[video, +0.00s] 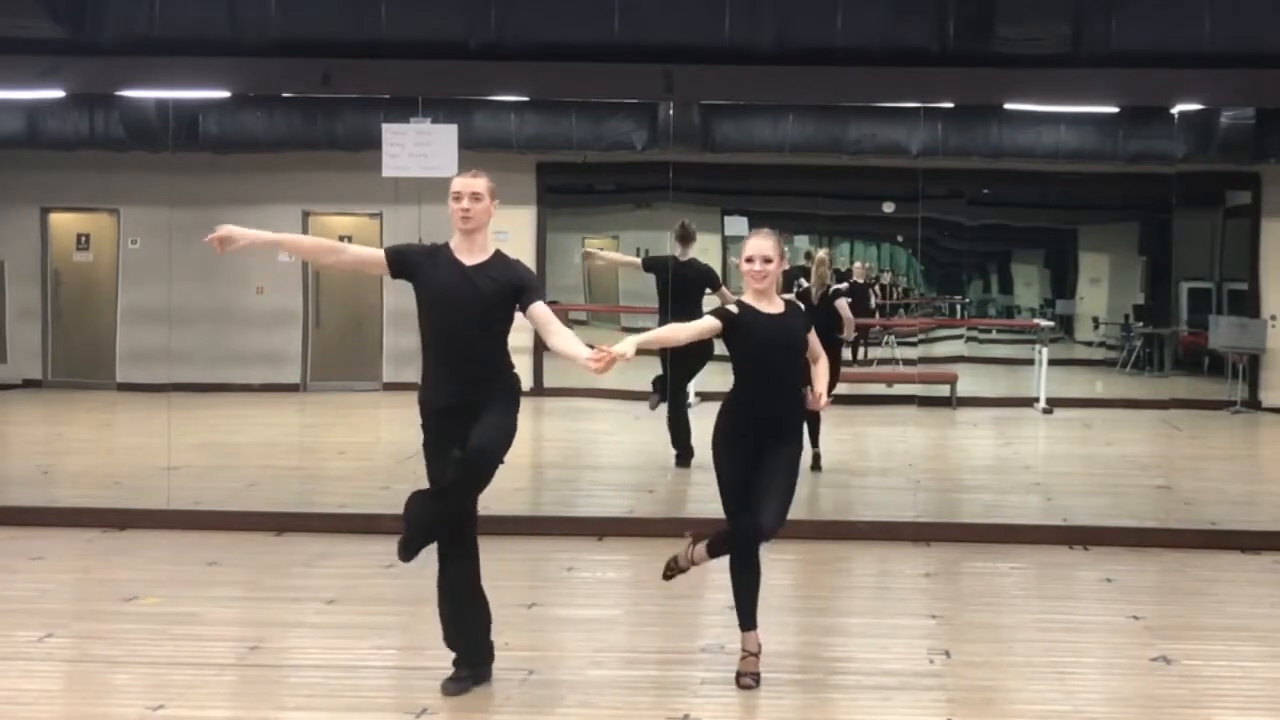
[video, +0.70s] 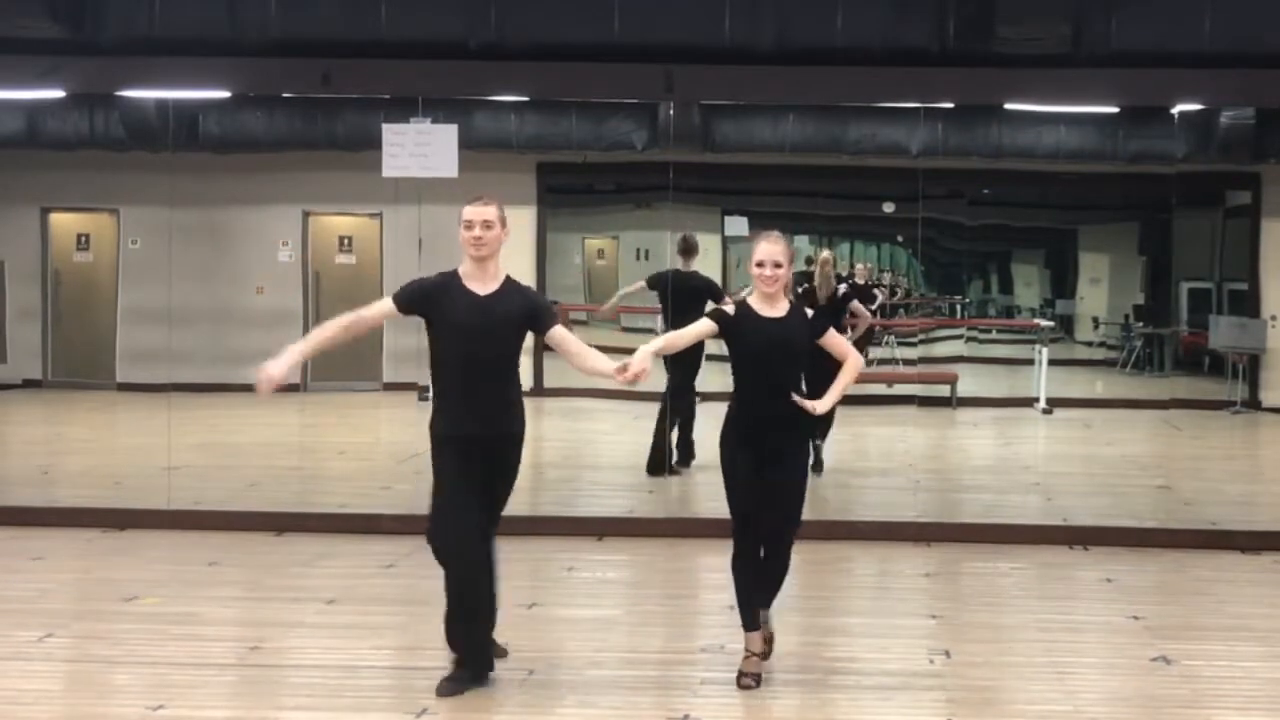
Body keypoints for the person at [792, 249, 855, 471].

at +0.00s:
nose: (821, 270)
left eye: (818, 265)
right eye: (825, 266)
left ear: (812, 269)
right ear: (830, 269)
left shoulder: (802, 292)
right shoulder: (835, 292)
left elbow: (790, 313)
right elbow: (848, 316)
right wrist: (848, 335)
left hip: (807, 343)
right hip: (830, 342)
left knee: (810, 396)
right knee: (829, 384)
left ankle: (815, 449)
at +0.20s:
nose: (821, 268)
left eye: (820, 263)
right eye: (824, 263)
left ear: (813, 267)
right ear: (831, 268)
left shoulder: (803, 290)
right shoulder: (836, 291)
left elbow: (792, 315)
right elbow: (850, 316)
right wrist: (850, 334)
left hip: (807, 345)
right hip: (831, 344)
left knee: (811, 399)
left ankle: (817, 448)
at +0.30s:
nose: (822, 268)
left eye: (822, 263)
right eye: (824, 263)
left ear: (814, 265)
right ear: (832, 267)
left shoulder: (802, 286)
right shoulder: (839, 290)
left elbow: (788, 310)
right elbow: (858, 316)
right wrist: (851, 338)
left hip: (804, 344)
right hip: (829, 345)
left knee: (806, 396)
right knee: (820, 396)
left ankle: (818, 445)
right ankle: (818, 445)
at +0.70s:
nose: (826, 268)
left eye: (824, 263)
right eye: (827, 264)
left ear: (816, 266)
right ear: (833, 267)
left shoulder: (804, 291)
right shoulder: (841, 291)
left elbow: (792, 318)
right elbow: (865, 317)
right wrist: (852, 337)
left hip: (809, 351)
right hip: (834, 351)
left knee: (811, 400)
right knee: (829, 401)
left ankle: (815, 446)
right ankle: (819, 442)